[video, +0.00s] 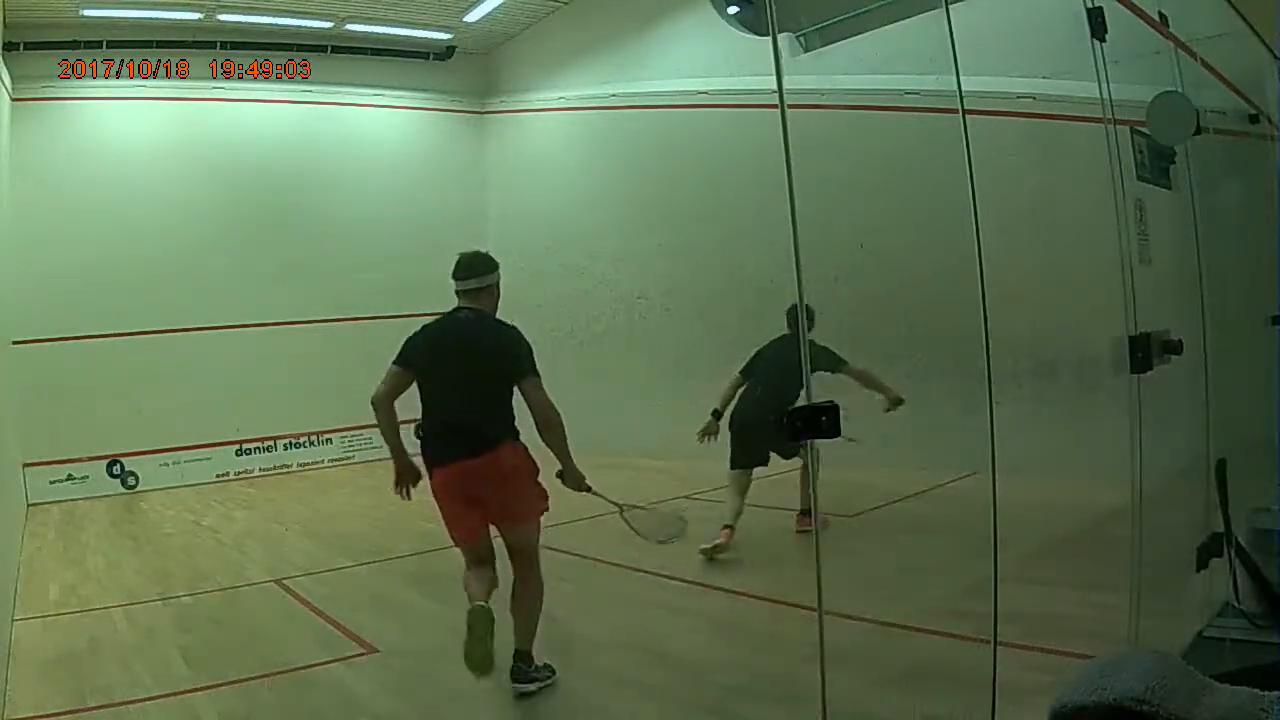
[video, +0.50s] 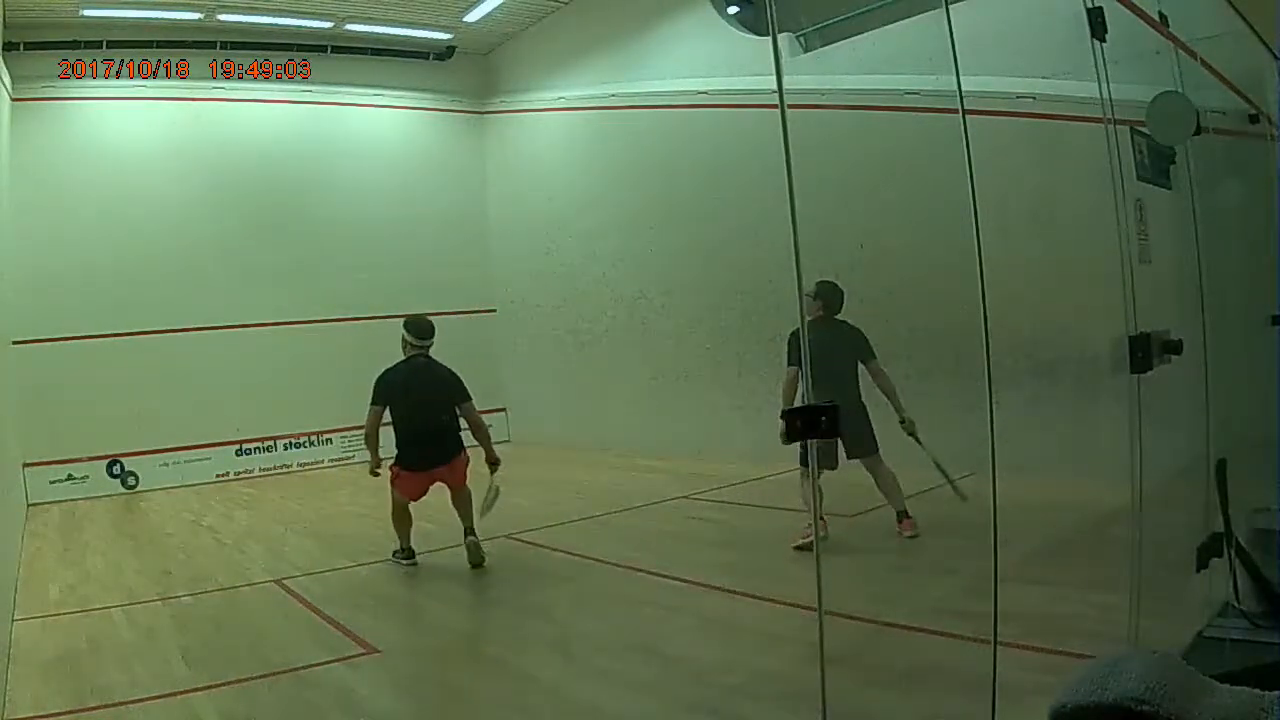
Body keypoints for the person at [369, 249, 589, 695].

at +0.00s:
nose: (497, 296)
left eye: (491, 290)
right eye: (497, 290)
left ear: (457, 291)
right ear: (494, 290)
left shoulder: (425, 339)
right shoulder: (507, 338)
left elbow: (382, 400)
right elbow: (544, 415)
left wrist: (400, 459)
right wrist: (568, 466)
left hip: (447, 472)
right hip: (503, 464)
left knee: (477, 559)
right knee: (525, 561)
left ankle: (478, 607)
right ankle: (524, 664)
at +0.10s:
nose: (468, 297)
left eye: (453, 292)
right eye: (469, 291)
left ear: (436, 293)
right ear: (471, 292)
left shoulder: (415, 334)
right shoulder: (491, 331)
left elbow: (368, 379)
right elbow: (523, 396)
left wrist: (391, 432)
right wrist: (544, 445)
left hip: (442, 450)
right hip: (495, 443)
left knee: (456, 520)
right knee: (512, 534)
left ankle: (476, 600)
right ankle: (524, 621)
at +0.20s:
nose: (459, 300)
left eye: (450, 296)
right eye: (460, 296)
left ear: (428, 297)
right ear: (461, 297)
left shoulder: (408, 339)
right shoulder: (477, 334)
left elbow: (374, 394)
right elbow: (508, 389)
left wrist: (398, 444)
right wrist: (532, 435)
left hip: (436, 448)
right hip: (483, 439)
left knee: (455, 525)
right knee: (500, 514)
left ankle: (483, 601)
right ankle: (504, 572)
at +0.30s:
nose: (439, 315)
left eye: (429, 311)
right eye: (448, 310)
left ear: (424, 313)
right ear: (455, 312)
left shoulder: (408, 350)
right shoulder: (471, 348)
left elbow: (382, 405)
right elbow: (502, 393)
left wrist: (402, 440)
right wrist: (519, 437)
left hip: (426, 452)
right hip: (470, 444)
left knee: (430, 516)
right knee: (476, 501)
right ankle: (491, 562)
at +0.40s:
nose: (418, 334)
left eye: (419, 331)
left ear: (421, 334)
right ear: (448, 335)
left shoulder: (404, 371)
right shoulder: (465, 369)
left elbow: (388, 424)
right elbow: (496, 411)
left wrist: (398, 451)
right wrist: (513, 451)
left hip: (423, 461)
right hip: (463, 456)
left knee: (406, 501)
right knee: (463, 497)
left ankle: (436, 554)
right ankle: (480, 554)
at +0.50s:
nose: (401, 342)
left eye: (402, 339)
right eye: (404, 338)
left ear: (405, 342)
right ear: (431, 343)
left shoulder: (389, 379)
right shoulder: (447, 375)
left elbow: (371, 426)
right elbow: (474, 421)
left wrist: (374, 456)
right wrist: (489, 451)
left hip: (413, 467)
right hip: (452, 460)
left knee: (400, 503)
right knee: (459, 488)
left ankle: (405, 550)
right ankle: (470, 534)